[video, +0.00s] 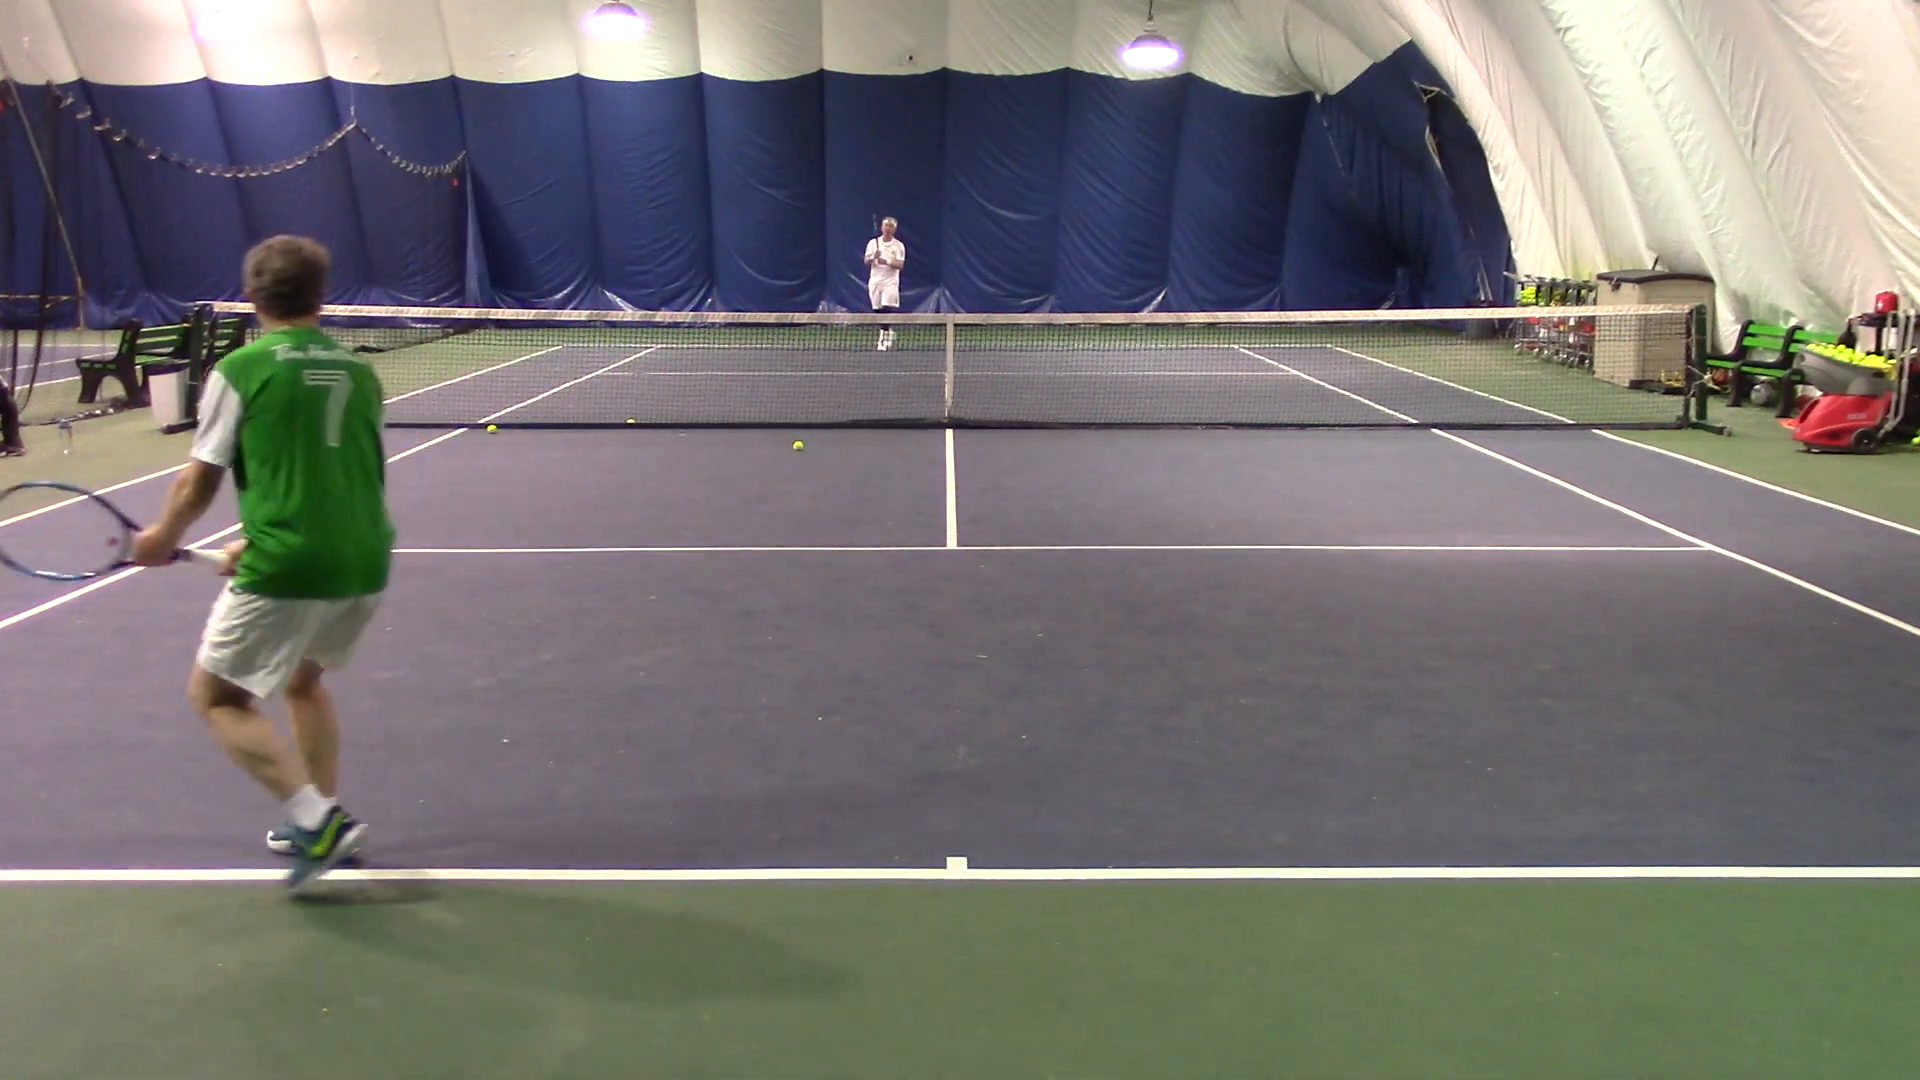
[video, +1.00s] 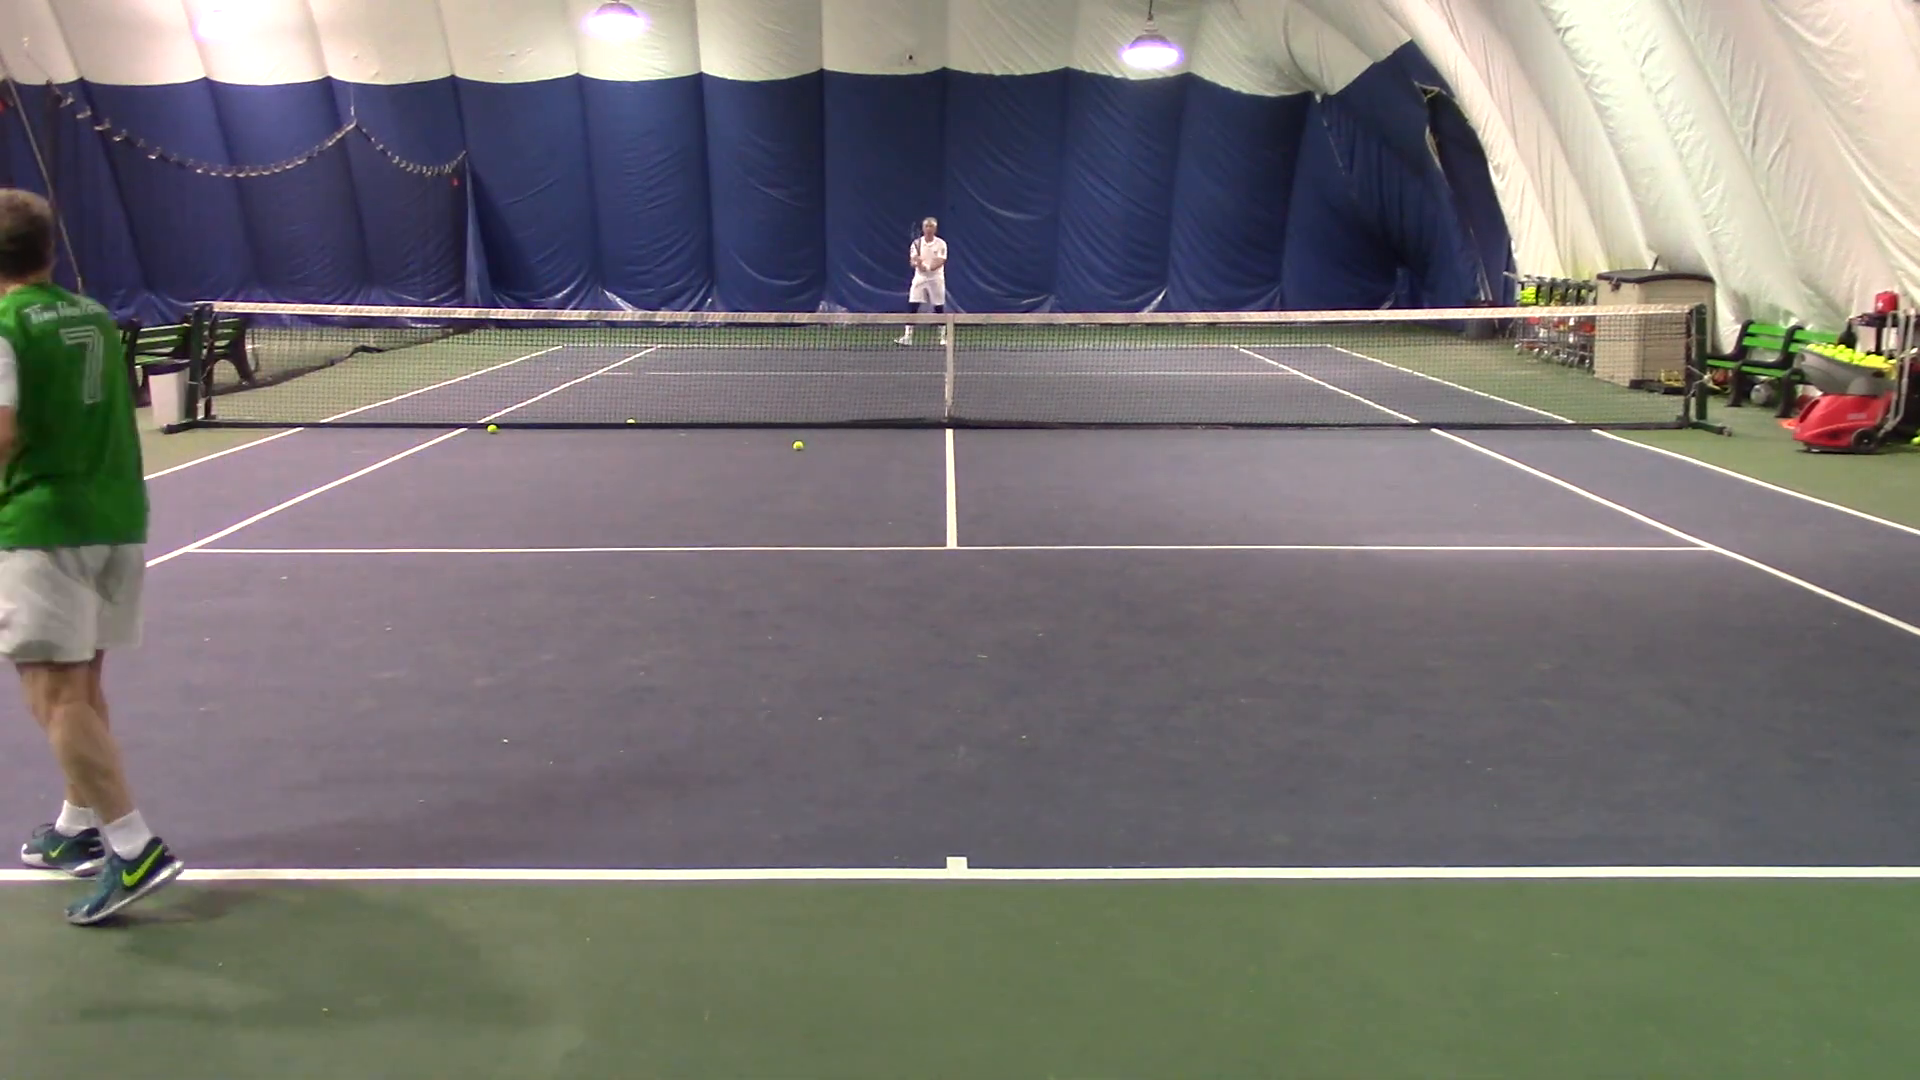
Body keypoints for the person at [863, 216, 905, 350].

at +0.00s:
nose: (887, 230)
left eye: (890, 228)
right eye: (886, 227)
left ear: (894, 230)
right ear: (882, 228)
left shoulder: (899, 246)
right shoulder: (873, 243)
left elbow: (900, 264)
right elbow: (866, 260)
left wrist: (887, 261)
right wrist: (874, 256)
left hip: (890, 281)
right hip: (875, 280)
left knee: (887, 308)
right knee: (877, 309)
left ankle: (882, 338)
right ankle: (888, 332)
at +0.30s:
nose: (892, 227)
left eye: (895, 224)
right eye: (890, 224)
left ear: (899, 226)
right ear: (886, 225)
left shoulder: (905, 242)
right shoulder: (879, 241)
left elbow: (902, 260)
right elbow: (874, 259)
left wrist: (888, 258)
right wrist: (880, 254)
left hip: (900, 278)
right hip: (885, 278)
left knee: (896, 305)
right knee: (887, 306)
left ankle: (893, 336)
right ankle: (893, 335)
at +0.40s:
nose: (896, 226)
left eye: (898, 224)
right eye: (894, 223)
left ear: (902, 225)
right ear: (889, 225)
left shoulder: (908, 240)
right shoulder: (883, 240)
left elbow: (904, 257)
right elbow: (877, 256)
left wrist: (888, 255)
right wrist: (882, 252)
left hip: (903, 277)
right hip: (888, 277)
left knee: (904, 306)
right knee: (891, 307)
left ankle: (904, 337)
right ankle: (893, 336)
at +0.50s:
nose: (900, 226)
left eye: (903, 223)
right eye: (898, 222)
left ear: (906, 225)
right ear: (894, 224)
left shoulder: (911, 240)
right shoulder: (888, 240)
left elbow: (907, 256)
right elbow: (882, 257)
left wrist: (892, 255)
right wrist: (885, 250)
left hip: (908, 277)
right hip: (892, 276)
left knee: (912, 306)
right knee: (891, 307)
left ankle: (919, 333)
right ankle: (894, 337)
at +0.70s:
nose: (910, 229)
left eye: (913, 227)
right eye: (908, 226)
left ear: (917, 229)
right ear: (905, 228)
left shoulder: (922, 244)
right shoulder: (898, 244)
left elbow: (918, 260)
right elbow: (892, 262)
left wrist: (903, 261)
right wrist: (895, 256)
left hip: (920, 280)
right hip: (903, 280)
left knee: (928, 308)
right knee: (896, 307)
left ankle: (939, 332)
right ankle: (894, 337)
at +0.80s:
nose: (917, 232)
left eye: (920, 229)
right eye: (915, 229)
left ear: (924, 231)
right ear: (911, 231)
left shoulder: (929, 246)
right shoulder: (905, 246)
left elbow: (927, 263)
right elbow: (899, 263)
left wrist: (912, 265)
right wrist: (903, 261)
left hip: (927, 282)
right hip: (910, 281)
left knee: (934, 309)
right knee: (903, 307)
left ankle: (941, 335)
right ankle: (896, 336)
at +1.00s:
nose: (928, 229)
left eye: (931, 226)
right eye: (926, 226)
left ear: (935, 229)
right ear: (923, 228)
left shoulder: (941, 244)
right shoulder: (916, 243)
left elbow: (942, 259)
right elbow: (913, 259)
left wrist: (931, 267)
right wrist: (919, 263)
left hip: (936, 279)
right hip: (919, 278)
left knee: (939, 307)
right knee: (912, 305)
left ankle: (942, 335)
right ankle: (908, 335)